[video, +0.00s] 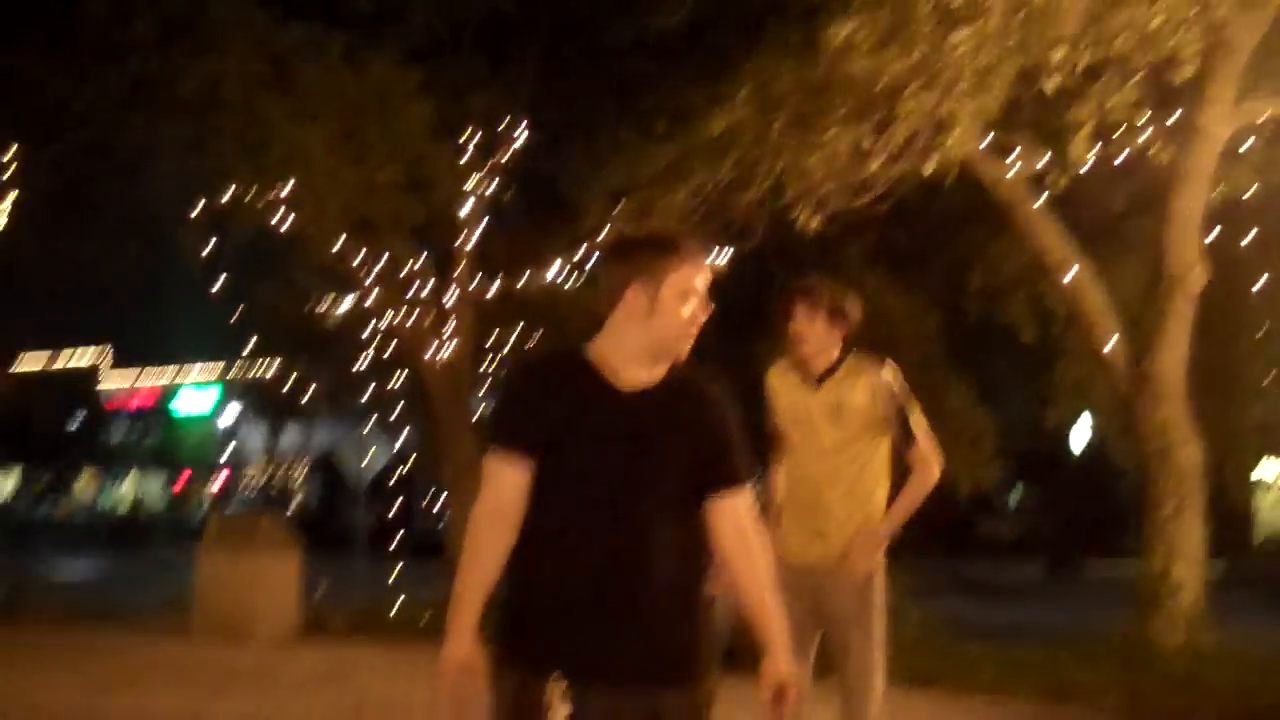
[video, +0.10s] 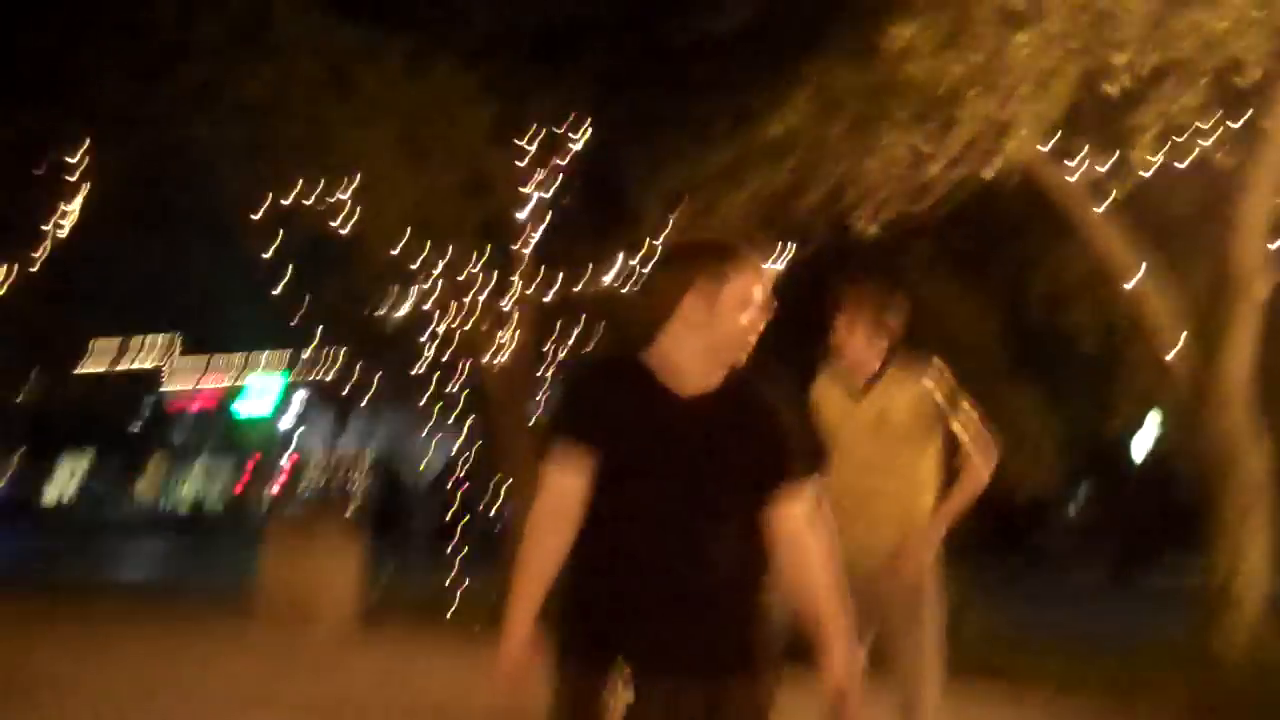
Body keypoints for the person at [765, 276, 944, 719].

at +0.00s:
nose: (796, 329)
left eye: (809, 319)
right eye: (794, 318)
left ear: (840, 327)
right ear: (788, 322)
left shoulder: (878, 379)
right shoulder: (778, 381)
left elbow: (929, 464)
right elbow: (780, 454)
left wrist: (879, 535)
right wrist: (773, 524)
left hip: (854, 565)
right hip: (790, 561)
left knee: (862, 699)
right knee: (784, 694)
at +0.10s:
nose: (839, 338)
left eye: (852, 326)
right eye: (839, 325)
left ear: (885, 334)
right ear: (833, 327)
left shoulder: (926, 381)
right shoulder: (823, 390)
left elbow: (982, 456)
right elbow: (810, 469)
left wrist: (931, 532)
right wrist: (816, 539)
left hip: (908, 562)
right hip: (841, 562)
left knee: (918, 692)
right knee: (840, 690)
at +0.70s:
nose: (871, 348)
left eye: (880, 338)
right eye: (871, 337)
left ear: (912, 347)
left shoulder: (955, 396)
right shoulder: (865, 395)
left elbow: (1005, 485)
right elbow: (865, 471)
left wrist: (966, 551)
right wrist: (858, 540)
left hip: (933, 575)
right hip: (872, 571)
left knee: (922, 706)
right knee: (864, 703)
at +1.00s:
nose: (848, 371)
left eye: (859, 364)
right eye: (849, 361)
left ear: (887, 378)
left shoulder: (924, 428)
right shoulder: (834, 410)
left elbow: (976, 493)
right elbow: (829, 468)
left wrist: (923, 544)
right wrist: (821, 514)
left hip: (888, 577)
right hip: (830, 567)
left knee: (874, 697)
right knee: (812, 687)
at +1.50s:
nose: (839, 343)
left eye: (850, 334)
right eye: (832, 332)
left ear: (868, 343)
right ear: (819, 339)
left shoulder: (892, 393)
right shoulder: (801, 385)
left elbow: (930, 468)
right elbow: (790, 445)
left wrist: (895, 527)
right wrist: (782, 506)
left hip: (858, 555)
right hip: (800, 547)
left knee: (848, 684)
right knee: (792, 677)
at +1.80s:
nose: (793, 326)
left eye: (802, 316)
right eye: (786, 315)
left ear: (821, 321)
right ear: (775, 321)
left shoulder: (850, 364)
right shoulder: (765, 367)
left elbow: (906, 408)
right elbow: (770, 417)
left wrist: (878, 473)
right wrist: (764, 465)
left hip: (831, 519)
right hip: (777, 515)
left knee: (830, 639)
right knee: (777, 632)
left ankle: (829, 713)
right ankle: (784, 713)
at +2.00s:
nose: (728, 312)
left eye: (738, 302)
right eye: (721, 301)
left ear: (757, 305)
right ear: (710, 306)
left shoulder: (784, 346)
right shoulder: (700, 351)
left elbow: (842, 387)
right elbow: (708, 408)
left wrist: (811, 452)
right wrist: (702, 458)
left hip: (761, 499)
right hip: (707, 498)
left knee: (757, 618)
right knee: (707, 616)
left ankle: (757, 710)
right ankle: (713, 709)